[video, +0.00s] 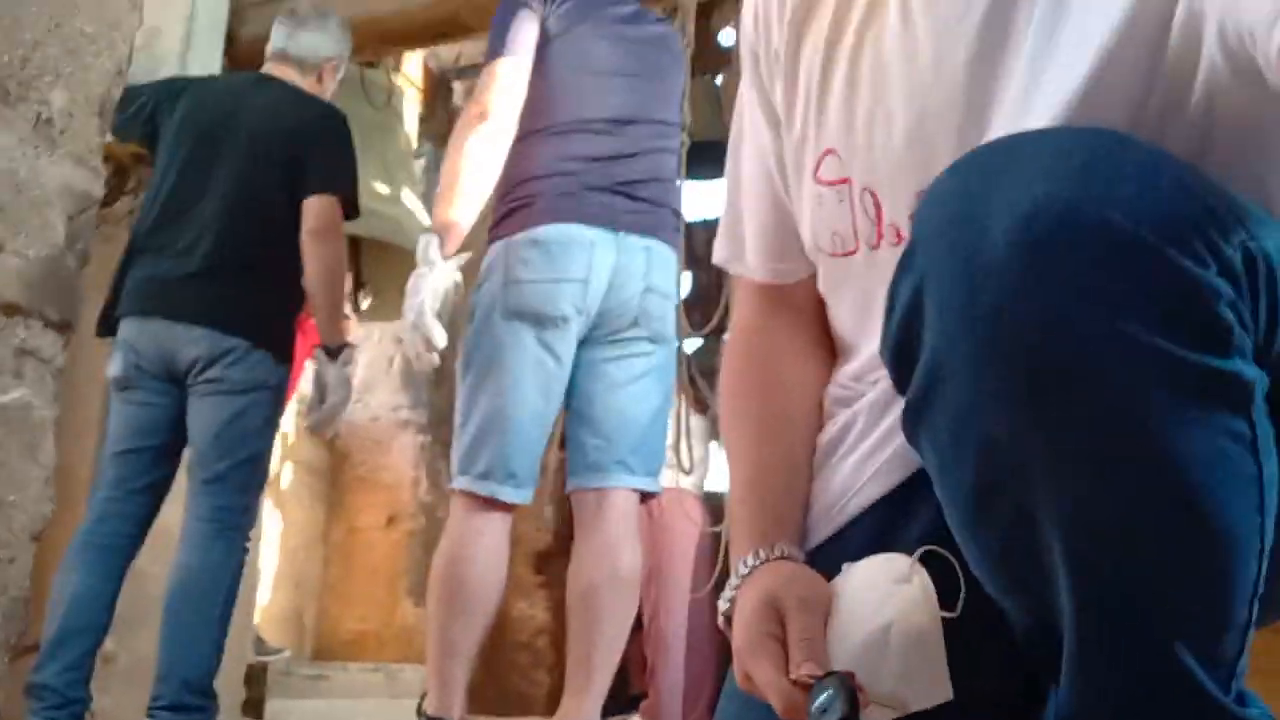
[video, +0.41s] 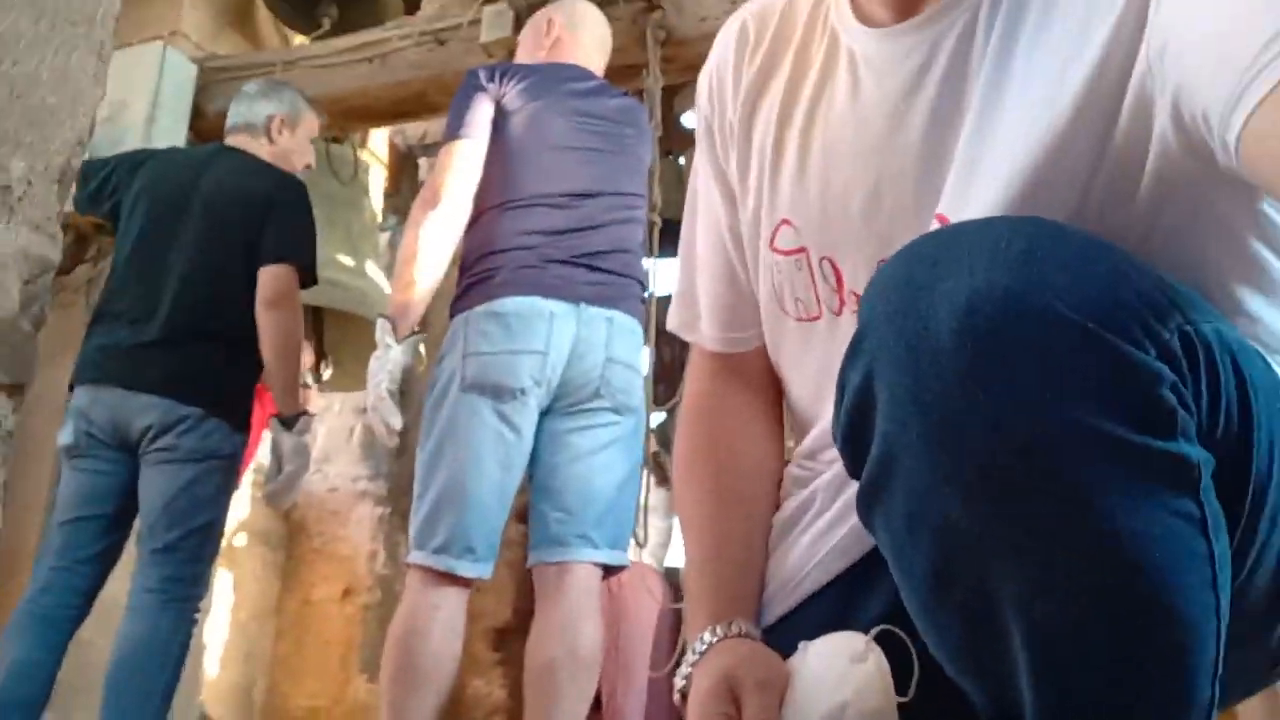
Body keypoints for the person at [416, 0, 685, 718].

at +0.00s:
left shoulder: (535, 10)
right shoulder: (667, 35)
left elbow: (491, 116)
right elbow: (665, 159)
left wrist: (442, 242)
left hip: (548, 238)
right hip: (654, 252)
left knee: (485, 495)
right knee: (613, 497)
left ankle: (444, 706)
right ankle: (582, 711)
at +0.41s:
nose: (516, 45)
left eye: (525, 32)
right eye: (524, 33)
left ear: (549, 33)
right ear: (600, 56)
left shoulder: (494, 84)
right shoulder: (636, 117)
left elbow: (446, 201)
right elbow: (630, 234)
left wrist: (400, 323)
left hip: (509, 317)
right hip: (617, 331)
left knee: (442, 570)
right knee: (575, 569)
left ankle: (402, 717)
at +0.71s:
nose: (527, 125)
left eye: (529, 116)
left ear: (535, 115)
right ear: (610, 133)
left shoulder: (507, 150)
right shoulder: (646, 183)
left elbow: (465, 264)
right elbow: (638, 298)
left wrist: (416, 395)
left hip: (525, 384)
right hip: (633, 395)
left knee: (462, 631)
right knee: (595, 631)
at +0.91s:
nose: (614, 105)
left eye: (615, 97)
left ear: (619, 96)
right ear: (698, 111)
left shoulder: (589, 128)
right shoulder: (732, 160)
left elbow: (547, 239)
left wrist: (506, 371)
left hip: (610, 359)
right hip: (719, 368)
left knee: (550, 609)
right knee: (683, 608)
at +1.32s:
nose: (575, 114)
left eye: (576, 106)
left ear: (581, 107)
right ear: (658, 120)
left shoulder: (547, 139)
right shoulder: (695, 171)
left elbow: (495, 268)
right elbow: (701, 294)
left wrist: (468, 375)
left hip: (565, 372)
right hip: (676, 382)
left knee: (501, 623)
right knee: (634, 621)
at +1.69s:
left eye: (518, 94)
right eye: (592, 108)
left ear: (514, 97)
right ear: (592, 113)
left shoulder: (468, 135)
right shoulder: (622, 175)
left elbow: (387, 267)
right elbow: (623, 297)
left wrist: (438, 271)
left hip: (484, 370)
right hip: (594, 388)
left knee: (410, 628)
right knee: (544, 630)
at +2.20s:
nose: (469, 103)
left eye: (469, 94)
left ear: (472, 97)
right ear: (552, 115)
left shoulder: (422, 138)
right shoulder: (577, 185)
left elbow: (403, 231)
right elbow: (572, 305)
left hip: (423, 374)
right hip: (536, 394)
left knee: (346, 632)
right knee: (485, 629)